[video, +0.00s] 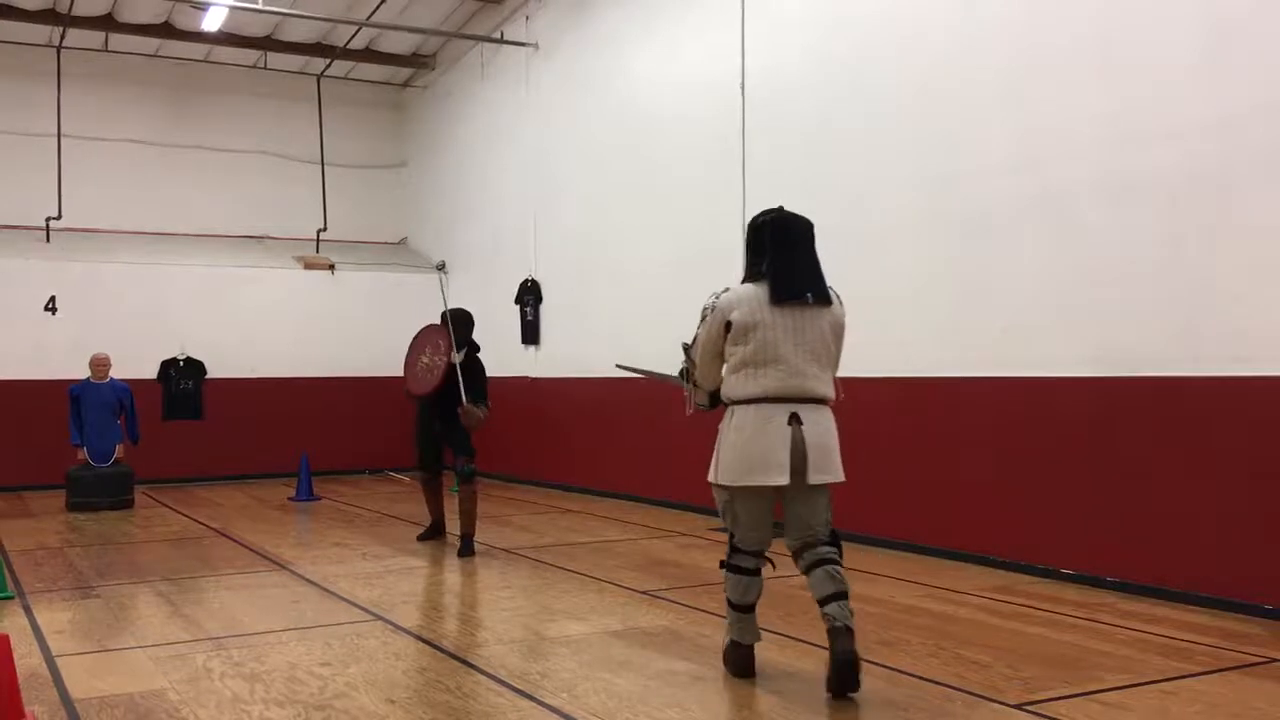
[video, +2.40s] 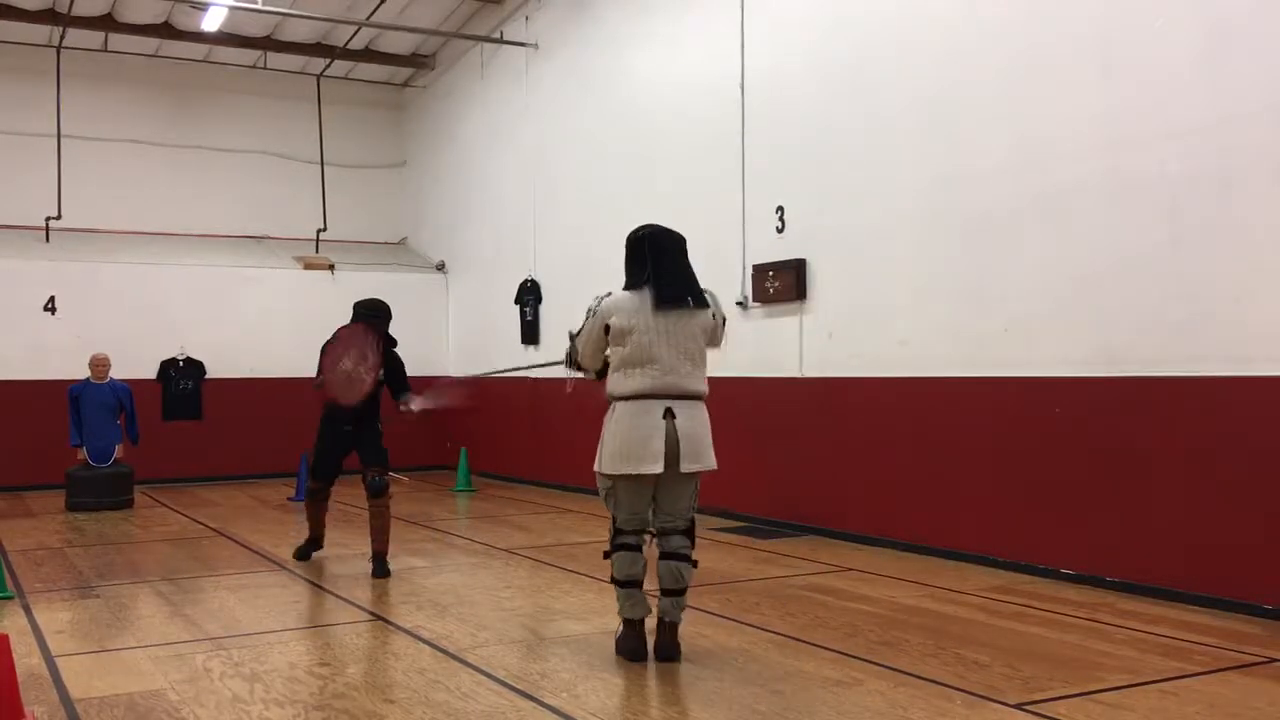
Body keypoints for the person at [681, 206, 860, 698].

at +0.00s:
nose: (747, 256)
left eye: (750, 248)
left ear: (755, 251)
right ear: (807, 251)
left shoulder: (734, 301)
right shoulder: (830, 306)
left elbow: (704, 368)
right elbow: (825, 366)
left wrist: (711, 390)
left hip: (749, 437)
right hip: (815, 436)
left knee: (746, 546)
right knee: (815, 541)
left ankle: (741, 648)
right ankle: (841, 633)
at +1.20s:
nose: (743, 260)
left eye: (745, 253)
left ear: (750, 254)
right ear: (799, 254)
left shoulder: (729, 304)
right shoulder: (820, 309)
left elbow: (693, 373)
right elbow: (812, 374)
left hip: (735, 436)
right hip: (799, 438)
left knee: (710, 535)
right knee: (788, 543)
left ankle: (685, 627)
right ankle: (785, 655)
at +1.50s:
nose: (706, 267)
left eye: (708, 259)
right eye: (708, 259)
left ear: (715, 263)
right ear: (763, 261)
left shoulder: (697, 314)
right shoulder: (786, 316)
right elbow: (781, 376)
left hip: (709, 438)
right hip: (772, 436)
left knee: (679, 539)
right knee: (773, 541)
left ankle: (644, 626)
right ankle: (783, 653)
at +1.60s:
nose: (686, 268)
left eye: (689, 260)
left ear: (695, 264)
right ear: (742, 264)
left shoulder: (676, 316)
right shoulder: (767, 317)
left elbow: (651, 388)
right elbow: (767, 376)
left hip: (695, 439)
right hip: (757, 438)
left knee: (673, 540)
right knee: (763, 541)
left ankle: (642, 631)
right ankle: (782, 651)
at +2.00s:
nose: (629, 267)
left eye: (631, 260)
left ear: (635, 262)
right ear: (682, 259)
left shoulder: (620, 310)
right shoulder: (708, 309)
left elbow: (596, 381)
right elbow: (714, 370)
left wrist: (603, 398)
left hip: (644, 427)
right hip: (705, 425)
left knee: (641, 533)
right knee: (708, 527)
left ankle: (634, 633)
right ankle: (726, 618)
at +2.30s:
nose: (623, 265)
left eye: (626, 257)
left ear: (630, 260)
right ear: (677, 258)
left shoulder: (613, 306)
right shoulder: (703, 307)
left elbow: (588, 370)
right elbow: (711, 362)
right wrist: (672, 360)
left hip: (631, 427)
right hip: (690, 426)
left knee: (632, 530)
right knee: (676, 529)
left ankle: (633, 633)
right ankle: (668, 635)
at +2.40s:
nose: (626, 266)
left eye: (628, 258)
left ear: (632, 260)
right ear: (679, 261)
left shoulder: (612, 307)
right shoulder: (699, 306)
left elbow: (587, 360)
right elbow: (715, 334)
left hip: (630, 430)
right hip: (688, 431)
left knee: (628, 529)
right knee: (676, 530)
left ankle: (633, 633)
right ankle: (668, 635)